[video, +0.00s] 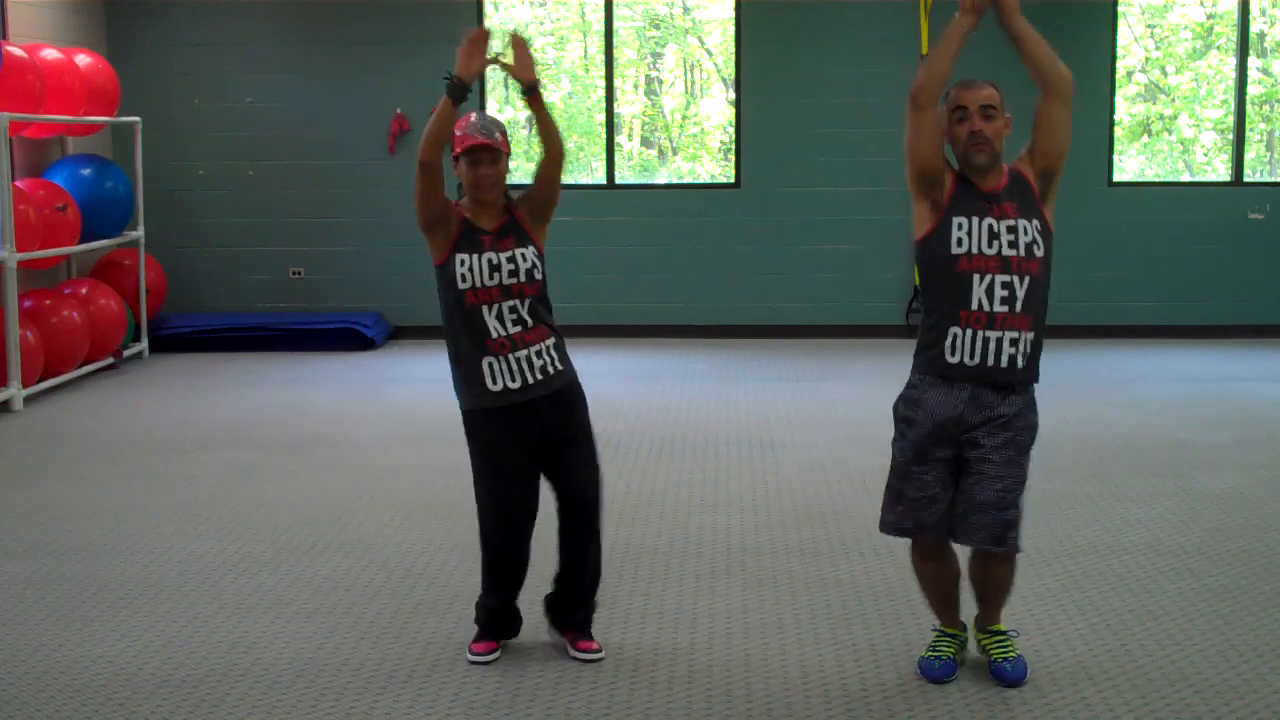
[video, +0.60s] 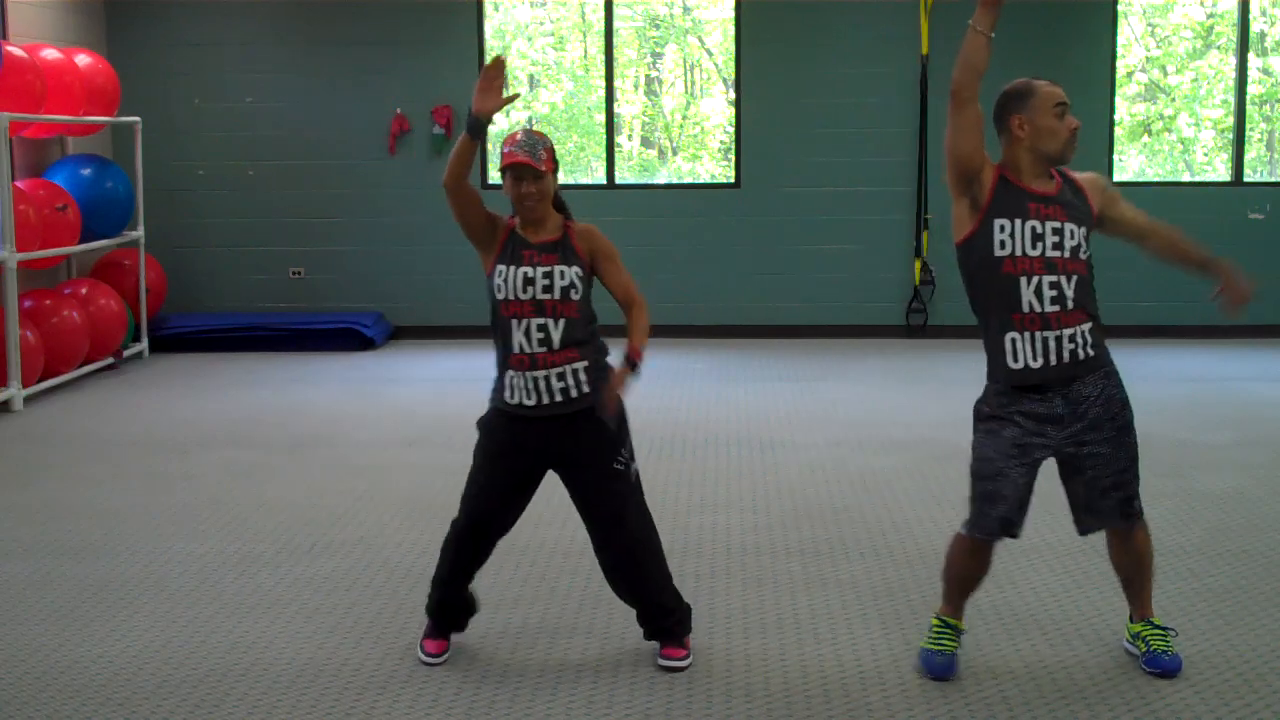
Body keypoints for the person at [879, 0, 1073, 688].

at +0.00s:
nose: (976, 123)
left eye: (988, 112)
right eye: (963, 114)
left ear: (1006, 127)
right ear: (946, 130)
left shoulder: (1035, 184)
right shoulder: (932, 190)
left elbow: (1061, 85)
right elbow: (921, 96)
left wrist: (1006, 10)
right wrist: (967, 15)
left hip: (1006, 397)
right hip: (933, 394)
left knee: (996, 531)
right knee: (926, 530)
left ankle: (992, 629)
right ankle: (949, 631)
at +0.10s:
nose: (1011, 126)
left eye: (1016, 117)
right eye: (996, 116)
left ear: (1020, 133)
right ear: (957, 131)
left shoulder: (1036, 187)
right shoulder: (934, 190)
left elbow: (1085, 97)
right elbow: (926, 100)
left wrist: (1054, 17)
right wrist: (970, 19)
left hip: (1021, 408)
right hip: (942, 407)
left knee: (1051, 536)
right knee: (934, 538)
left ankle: (1018, 623)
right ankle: (949, 630)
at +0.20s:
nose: (1033, 123)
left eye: (1033, 114)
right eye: (1019, 112)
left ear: (1029, 130)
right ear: (979, 129)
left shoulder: (1043, 183)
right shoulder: (940, 185)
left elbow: (1104, 109)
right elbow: (930, 88)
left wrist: (1135, 31)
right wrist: (975, 14)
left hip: (1034, 396)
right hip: (955, 400)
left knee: (1092, 517)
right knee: (946, 534)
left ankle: (1091, 615)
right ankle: (949, 631)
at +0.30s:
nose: (1045, 120)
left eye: (1044, 110)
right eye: (1031, 109)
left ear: (1030, 124)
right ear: (988, 125)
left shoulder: (1055, 178)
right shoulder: (950, 182)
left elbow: (1134, 126)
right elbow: (943, 80)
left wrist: (1210, 67)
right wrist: (977, 10)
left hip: (1048, 396)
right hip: (968, 400)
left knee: (1106, 515)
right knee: (951, 532)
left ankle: (1148, 616)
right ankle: (949, 630)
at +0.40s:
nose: (1059, 119)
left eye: (1056, 108)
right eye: (1045, 109)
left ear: (1037, 123)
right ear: (1002, 124)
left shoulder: (1075, 175)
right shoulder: (966, 182)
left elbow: (1166, 155)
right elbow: (952, 86)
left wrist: (1250, 135)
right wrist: (983, 7)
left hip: (1069, 395)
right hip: (989, 400)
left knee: (1113, 515)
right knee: (962, 530)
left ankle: (1142, 622)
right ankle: (950, 630)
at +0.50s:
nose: (1070, 117)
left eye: (1068, 107)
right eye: (1056, 108)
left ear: (1049, 123)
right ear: (1013, 125)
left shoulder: (1088, 180)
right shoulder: (976, 184)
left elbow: (1174, 195)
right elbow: (961, 85)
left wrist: (1251, 207)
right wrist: (988, 7)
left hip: (1085, 391)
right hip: (1005, 397)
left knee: (1122, 513)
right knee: (964, 523)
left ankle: (1143, 623)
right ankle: (947, 624)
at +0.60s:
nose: (1073, 120)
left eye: (1070, 111)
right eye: (1059, 112)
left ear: (1045, 127)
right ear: (1017, 126)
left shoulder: (1086, 191)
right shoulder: (976, 188)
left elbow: (1152, 233)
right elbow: (960, 96)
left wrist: (1218, 267)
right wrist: (986, 12)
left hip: (1091, 392)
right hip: (1013, 401)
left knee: (1125, 515)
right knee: (984, 526)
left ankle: (1144, 622)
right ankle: (946, 622)